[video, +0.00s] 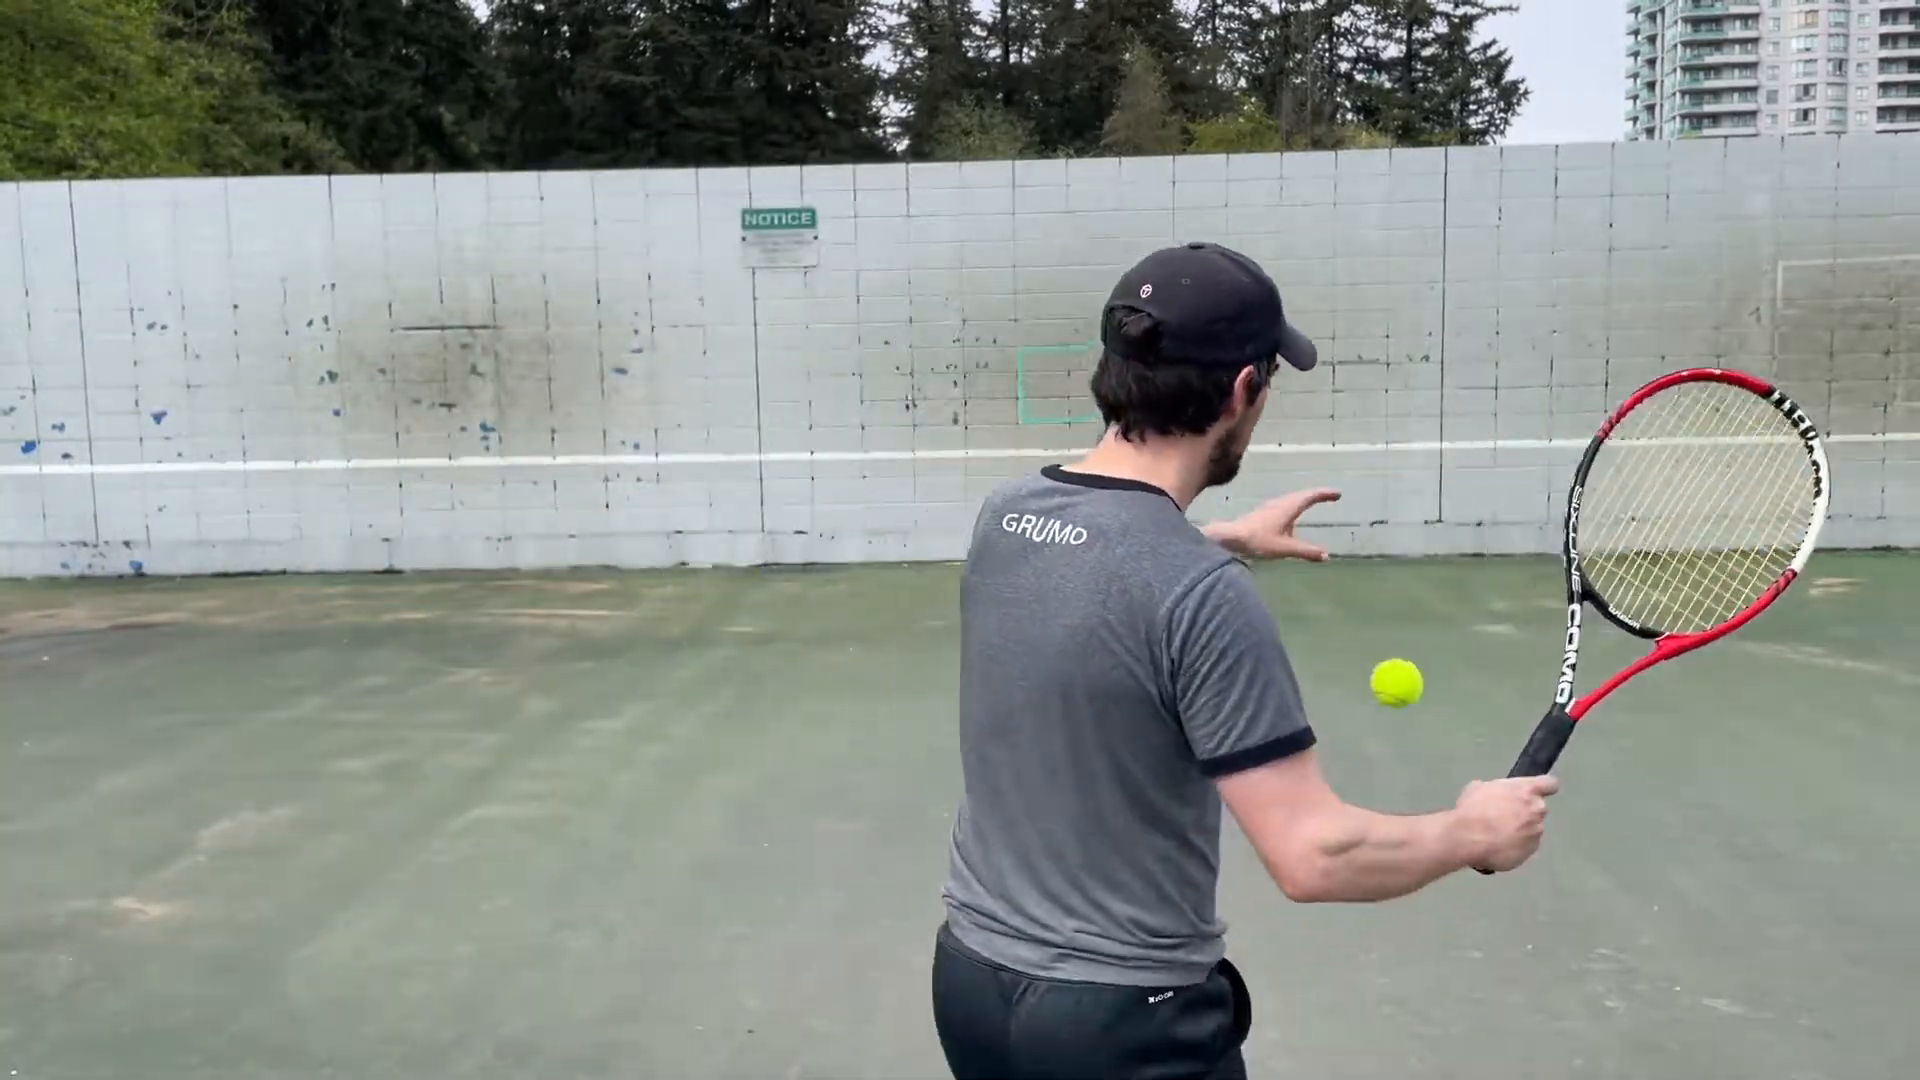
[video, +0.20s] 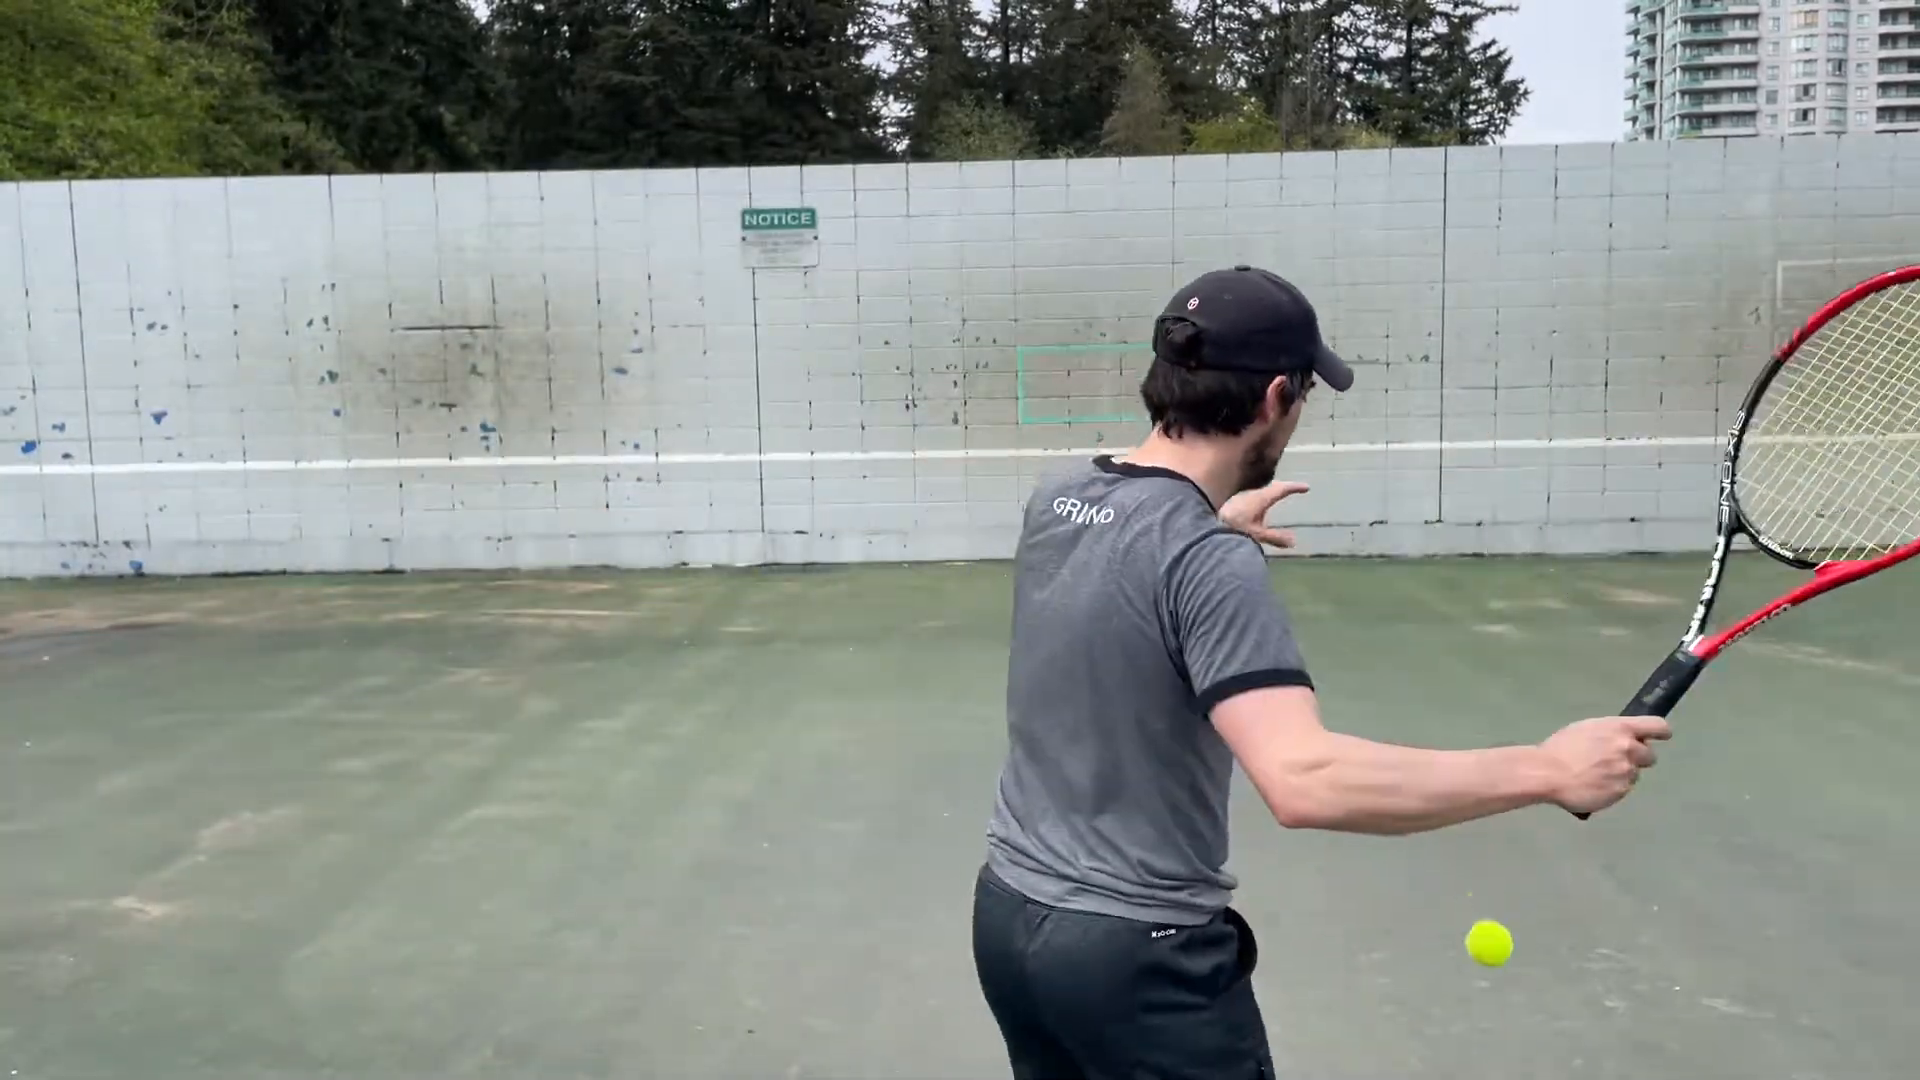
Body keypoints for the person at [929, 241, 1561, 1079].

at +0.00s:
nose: (1266, 396)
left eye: (1268, 376)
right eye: (1267, 377)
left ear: (1120, 366)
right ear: (1240, 392)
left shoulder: (1005, 517)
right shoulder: (1199, 589)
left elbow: (1098, 567)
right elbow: (1312, 854)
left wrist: (1229, 538)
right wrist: (1469, 832)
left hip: (972, 985)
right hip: (1129, 1018)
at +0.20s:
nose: (1299, 416)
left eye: (1306, 396)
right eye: (1303, 395)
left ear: (1165, 377)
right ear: (1275, 398)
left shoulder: (1058, 500)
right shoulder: (1207, 560)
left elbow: (1124, 499)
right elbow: (1303, 778)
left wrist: (1209, 518)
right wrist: (1543, 769)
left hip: (1013, 921)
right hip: (1146, 960)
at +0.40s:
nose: (1359, 463)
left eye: (1367, 442)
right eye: (1365, 440)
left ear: (1243, 416)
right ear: (1338, 439)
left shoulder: (1119, 513)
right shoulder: (1258, 555)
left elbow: (1073, 531)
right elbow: (1296, 724)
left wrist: (1182, 496)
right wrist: (1528, 753)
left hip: (1065, 905)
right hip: (1206, 935)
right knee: (1293, 1061)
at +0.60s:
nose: (1441, 457)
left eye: (1443, 439)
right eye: (1444, 439)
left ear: (1328, 418)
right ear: (1427, 441)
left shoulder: (1206, 493)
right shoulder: (1379, 557)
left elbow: (1056, 519)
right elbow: (1436, 720)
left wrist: (983, 538)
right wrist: (1568, 867)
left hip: (1157, 867)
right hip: (1293, 889)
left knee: (1142, 1070)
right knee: (1337, 1064)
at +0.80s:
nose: (1460, 411)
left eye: (1462, 394)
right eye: (1464, 397)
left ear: (1351, 380)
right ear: (1447, 406)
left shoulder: (1247, 485)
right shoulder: (1452, 543)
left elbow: (1104, 592)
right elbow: (1475, 724)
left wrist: (984, 682)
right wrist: (1516, 858)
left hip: (1227, 824)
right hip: (1358, 838)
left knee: (1186, 1047)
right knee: (1359, 1038)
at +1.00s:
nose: (1339, 342)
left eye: (1338, 329)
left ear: (1335, 339)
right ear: (1435, 361)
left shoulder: (1289, 473)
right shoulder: (1449, 476)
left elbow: (1208, 646)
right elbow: (1371, 517)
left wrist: (1131, 777)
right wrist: (1293, 448)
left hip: (1274, 791)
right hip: (1391, 795)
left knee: (1203, 1008)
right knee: (1366, 1020)